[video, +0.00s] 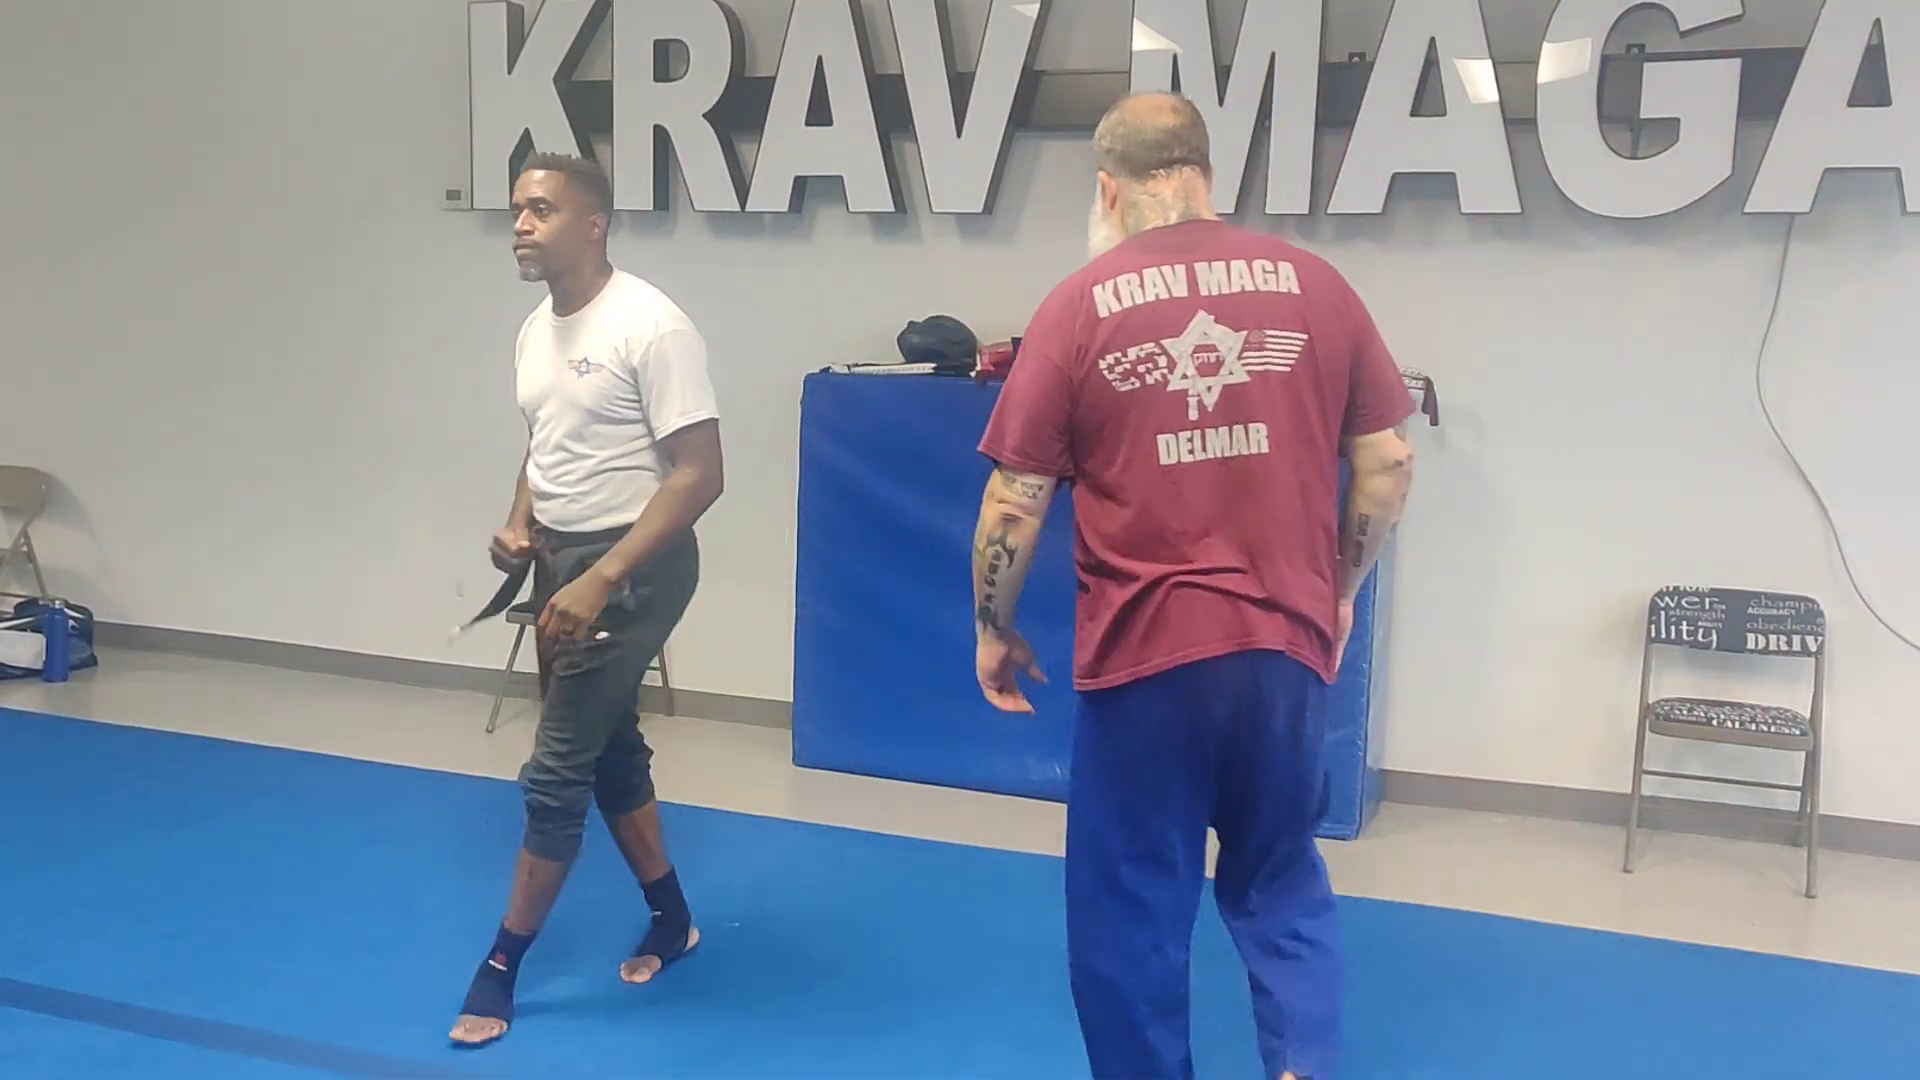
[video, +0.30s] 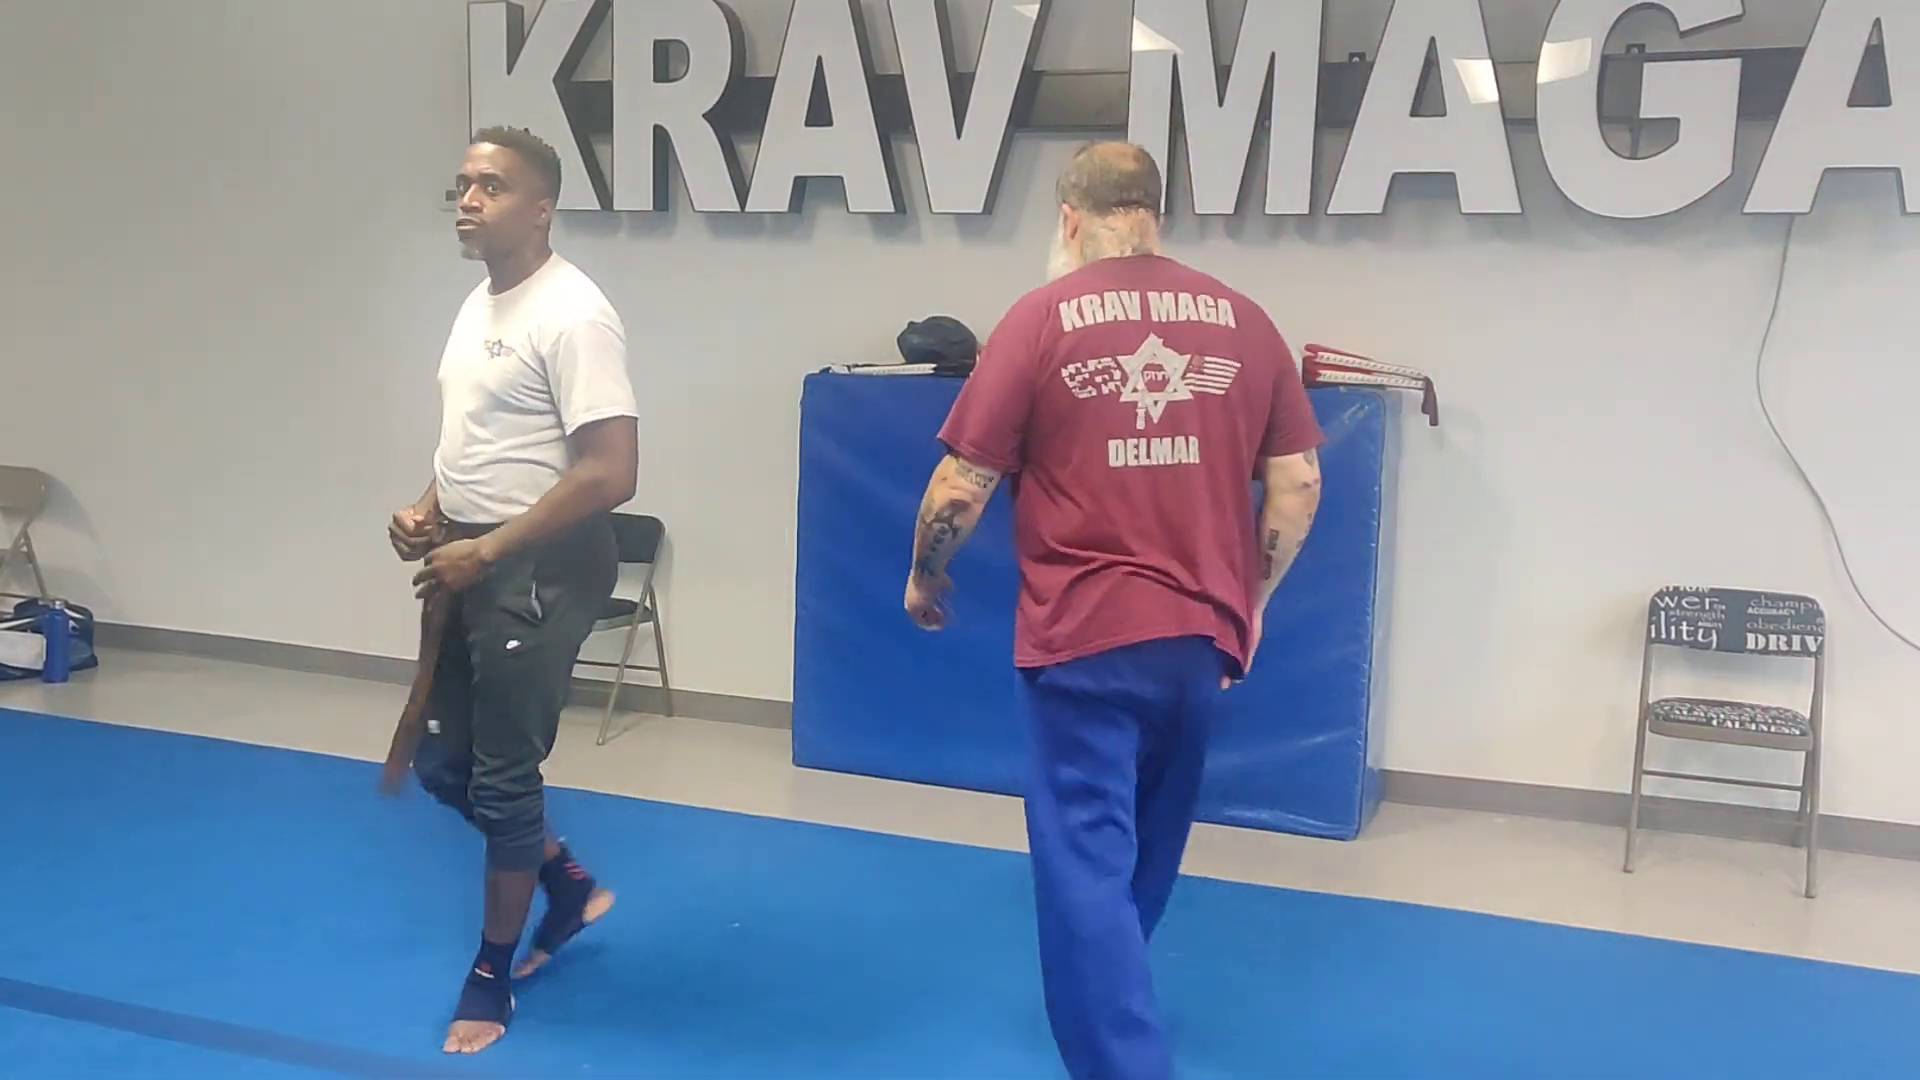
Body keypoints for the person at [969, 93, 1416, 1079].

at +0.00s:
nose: (1100, 204)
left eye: (1100, 191)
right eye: (1107, 190)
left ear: (1111, 187)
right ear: (1207, 176)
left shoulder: (1081, 304)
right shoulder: (1319, 283)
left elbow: (1013, 507)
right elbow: (1386, 462)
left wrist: (996, 628)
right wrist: (1343, 582)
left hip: (1146, 645)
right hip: (1290, 642)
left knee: (1130, 902)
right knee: (1280, 872)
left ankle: (1146, 1068)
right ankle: (1303, 1065)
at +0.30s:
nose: (1060, 240)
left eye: (1060, 226)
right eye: (1065, 226)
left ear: (1071, 222)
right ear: (1157, 219)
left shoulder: (1044, 316)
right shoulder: (1247, 321)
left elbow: (957, 495)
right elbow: (1299, 480)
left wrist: (926, 577)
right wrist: (1250, 597)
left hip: (1085, 628)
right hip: (1204, 629)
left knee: (1089, 858)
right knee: (1149, 850)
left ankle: (1127, 1065)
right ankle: (1095, 1012)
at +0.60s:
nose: (1024, 229)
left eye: (1025, 216)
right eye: (1030, 218)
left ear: (1039, 210)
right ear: (1116, 213)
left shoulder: (1017, 290)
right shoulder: (1188, 304)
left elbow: (960, 436)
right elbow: (1215, 452)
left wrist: (922, 564)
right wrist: (1156, 532)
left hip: (1024, 580)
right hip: (1139, 587)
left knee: (969, 772)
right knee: (1122, 797)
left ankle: (982, 975)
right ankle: (1106, 1000)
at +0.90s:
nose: (924, 247)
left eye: (925, 235)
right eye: (929, 235)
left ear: (936, 234)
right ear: (1011, 231)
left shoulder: (924, 322)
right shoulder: (1086, 310)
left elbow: (884, 466)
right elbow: (1128, 450)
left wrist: (864, 583)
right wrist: (1077, 528)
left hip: (968, 582)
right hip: (1074, 580)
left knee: (936, 768)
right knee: (1072, 776)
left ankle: (932, 931)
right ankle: (1092, 939)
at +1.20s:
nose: (865, 241)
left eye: (865, 229)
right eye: (868, 229)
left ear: (878, 229)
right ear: (944, 227)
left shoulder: (857, 312)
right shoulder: (1015, 304)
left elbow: (793, 448)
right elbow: (1061, 431)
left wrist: (763, 516)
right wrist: (1035, 518)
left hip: (906, 564)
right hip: (999, 555)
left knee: (899, 745)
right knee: (971, 717)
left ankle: (921, 932)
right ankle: (972, 869)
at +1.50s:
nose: (841, 255)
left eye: (842, 246)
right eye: (850, 245)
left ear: (851, 247)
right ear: (914, 248)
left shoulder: (828, 316)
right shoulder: (968, 330)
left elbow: (777, 436)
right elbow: (997, 451)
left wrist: (737, 526)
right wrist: (960, 532)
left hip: (847, 553)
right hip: (933, 555)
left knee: (831, 718)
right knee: (891, 710)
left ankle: (896, 859)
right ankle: (846, 851)